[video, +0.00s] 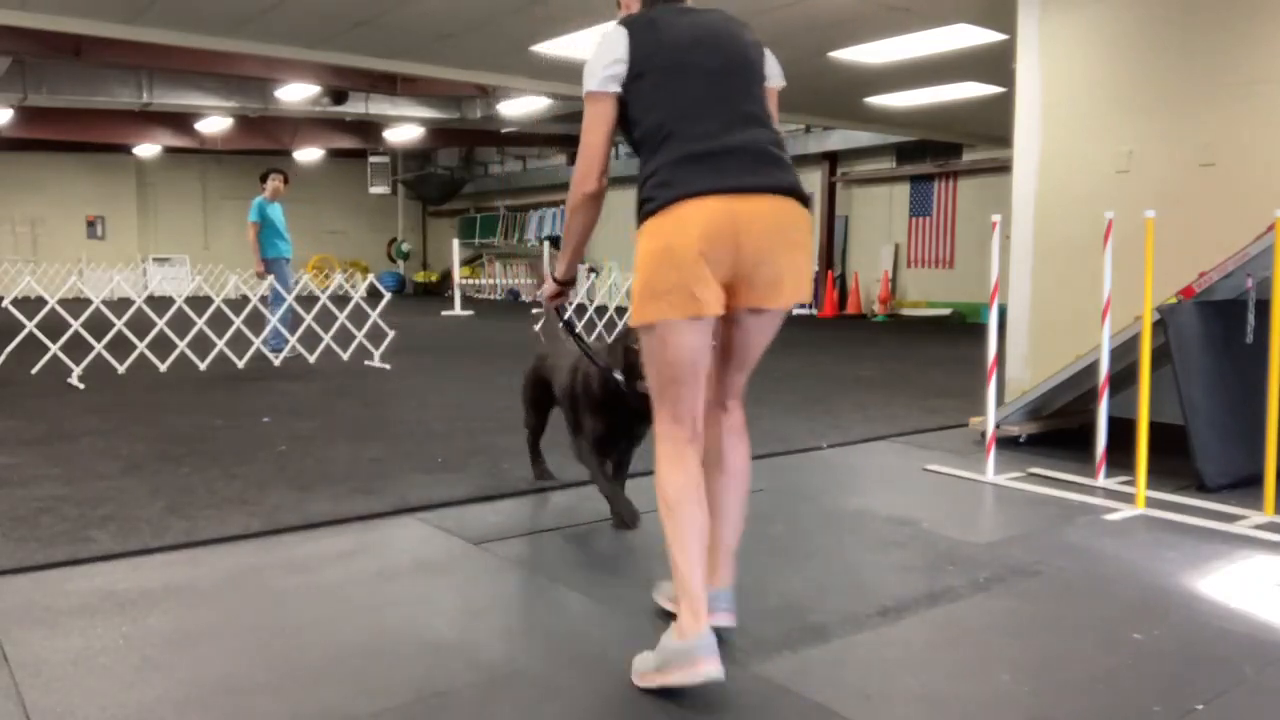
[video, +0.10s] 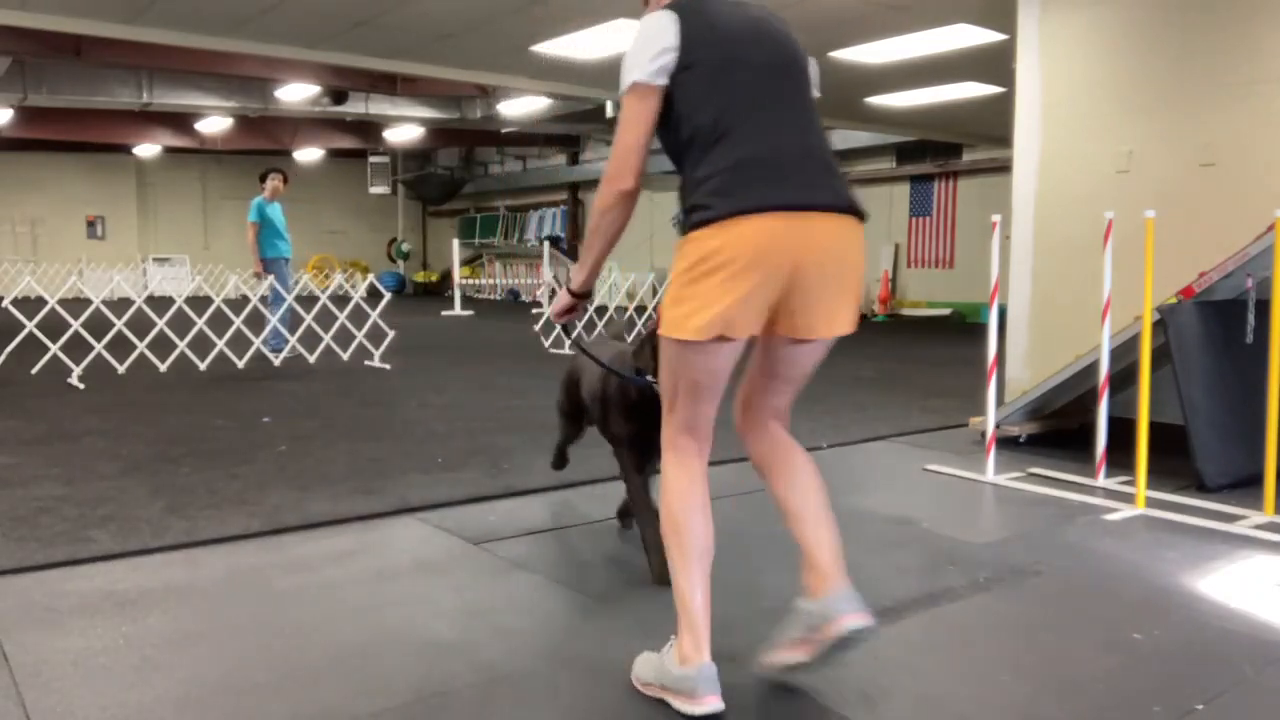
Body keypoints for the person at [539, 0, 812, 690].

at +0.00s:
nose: (616, 14)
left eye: (615, 10)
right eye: (617, 11)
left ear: (629, 4)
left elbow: (589, 181)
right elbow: (770, 143)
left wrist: (564, 268)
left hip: (685, 220)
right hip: (778, 216)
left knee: (678, 426)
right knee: (726, 403)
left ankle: (692, 630)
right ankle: (715, 588)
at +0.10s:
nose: (641, 14)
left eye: (642, 11)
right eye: (642, 12)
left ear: (658, 2)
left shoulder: (664, 25)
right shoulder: (783, 37)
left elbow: (622, 182)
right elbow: (802, 152)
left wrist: (581, 280)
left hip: (734, 237)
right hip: (835, 234)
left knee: (686, 441)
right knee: (764, 420)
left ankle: (692, 656)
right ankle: (833, 592)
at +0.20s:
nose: (679, 15)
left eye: (685, 14)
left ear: (702, 1)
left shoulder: (723, 7)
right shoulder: (820, 24)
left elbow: (677, 150)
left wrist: (615, 267)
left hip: (817, 216)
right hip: (913, 218)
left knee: (714, 434)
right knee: (830, 454)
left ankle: (684, 655)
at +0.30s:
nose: (726, 17)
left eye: (729, 8)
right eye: (725, 14)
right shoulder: (865, 23)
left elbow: (743, 137)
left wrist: (656, 265)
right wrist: (821, 302)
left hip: (910, 220)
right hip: (996, 223)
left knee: (759, 427)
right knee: (884, 475)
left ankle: (746, 678)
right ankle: (968, 704)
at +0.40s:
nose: (767, 17)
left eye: (767, 5)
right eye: (767, 14)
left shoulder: (853, 2)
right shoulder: (922, 37)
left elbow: (829, 93)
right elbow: (959, 192)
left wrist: (730, 244)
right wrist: (892, 319)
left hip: (1003, 208)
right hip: (1077, 211)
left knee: (865, 458)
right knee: (934, 474)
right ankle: (982, 694)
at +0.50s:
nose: (804, 13)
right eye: (799, 8)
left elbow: (938, 52)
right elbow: (1025, 190)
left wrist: (850, 219)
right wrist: (952, 314)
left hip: (1106, 197)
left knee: (1059, 506)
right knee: (1008, 461)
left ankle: (1222, 709)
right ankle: (993, 703)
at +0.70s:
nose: (910, 20)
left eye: (904, 1)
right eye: (902, 12)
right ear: (933, 11)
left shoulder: (1032, 7)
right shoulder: (1030, 53)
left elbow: (1180, 11)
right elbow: (1159, 178)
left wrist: (1233, 160)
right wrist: (1128, 310)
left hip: (1252, 217)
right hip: (1216, 232)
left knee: (1215, 536)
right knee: (1129, 452)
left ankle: (1261, 697)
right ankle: (1262, 639)